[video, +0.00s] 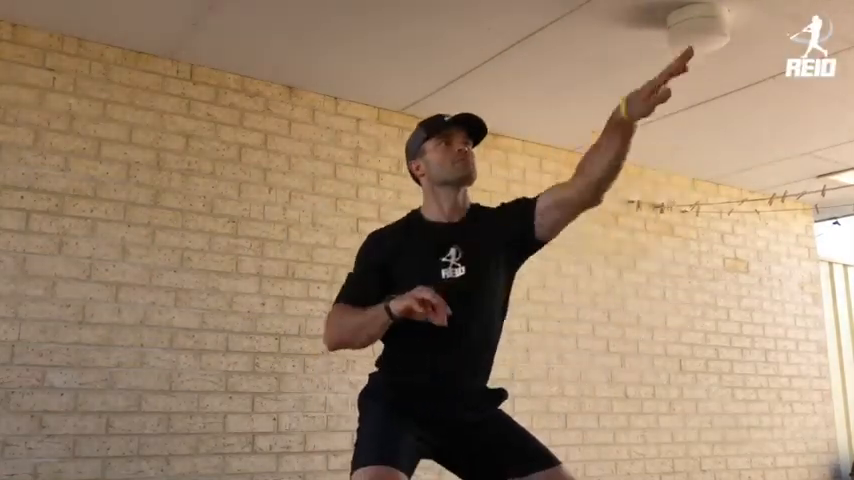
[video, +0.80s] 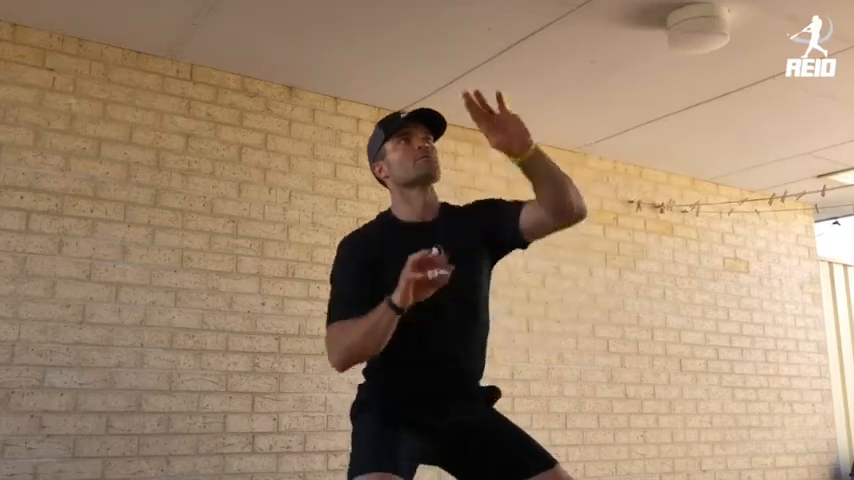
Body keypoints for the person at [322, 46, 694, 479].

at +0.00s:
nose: (462, 145)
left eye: (466, 140)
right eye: (444, 140)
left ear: (475, 159)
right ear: (417, 167)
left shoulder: (503, 228)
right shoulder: (386, 244)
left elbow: (584, 190)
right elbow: (336, 333)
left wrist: (624, 117)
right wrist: (391, 309)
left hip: (470, 408)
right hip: (397, 403)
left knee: (553, 476)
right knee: (377, 477)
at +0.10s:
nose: (454, 143)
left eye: (459, 137)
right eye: (436, 138)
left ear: (467, 156)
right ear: (410, 166)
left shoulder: (501, 229)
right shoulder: (382, 242)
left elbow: (599, 236)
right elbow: (341, 335)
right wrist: (405, 295)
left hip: (469, 405)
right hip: (396, 402)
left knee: (553, 476)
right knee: (378, 475)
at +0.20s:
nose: (449, 150)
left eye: (453, 144)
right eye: (431, 144)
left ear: (461, 159)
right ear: (405, 170)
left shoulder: (495, 236)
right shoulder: (385, 247)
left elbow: (584, 283)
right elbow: (352, 335)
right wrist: (431, 279)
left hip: (468, 407)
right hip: (397, 406)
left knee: (553, 475)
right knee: (382, 474)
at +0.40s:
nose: (460, 180)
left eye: (462, 172)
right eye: (441, 175)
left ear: (470, 183)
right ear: (413, 203)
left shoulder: (481, 269)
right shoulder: (410, 265)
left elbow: (508, 318)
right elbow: (470, 256)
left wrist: (549, 325)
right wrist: (546, 182)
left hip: (462, 438)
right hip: (397, 441)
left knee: (557, 476)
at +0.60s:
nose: (457, 160)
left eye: (461, 154)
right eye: (439, 154)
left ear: (470, 170)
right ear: (413, 183)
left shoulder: (484, 257)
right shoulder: (403, 241)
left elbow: (536, 330)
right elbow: (446, 283)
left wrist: (543, 298)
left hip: (463, 425)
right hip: (396, 425)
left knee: (557, 476)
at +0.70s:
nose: (443, 149)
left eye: (447, 143)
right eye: (424, 144)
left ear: (455, 160)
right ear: (401, 175)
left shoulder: (484, 237)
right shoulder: (381, 245)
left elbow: (575, 282)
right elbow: (388, 333)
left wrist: (537, 236)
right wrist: (464, 264)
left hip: (464, 414)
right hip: (395, 414)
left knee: (556, 476)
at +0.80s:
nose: (423, 142)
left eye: (428, 137)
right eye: (404, 139)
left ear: (437, 155)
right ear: (381, 170)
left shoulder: (476, 223)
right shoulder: (361, 247)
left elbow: (568, 209)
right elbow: (340, 354)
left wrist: (526, 154)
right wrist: (396, 305)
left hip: (465, 408)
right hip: (389, 411)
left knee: (554, 475)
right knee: (378, 475)